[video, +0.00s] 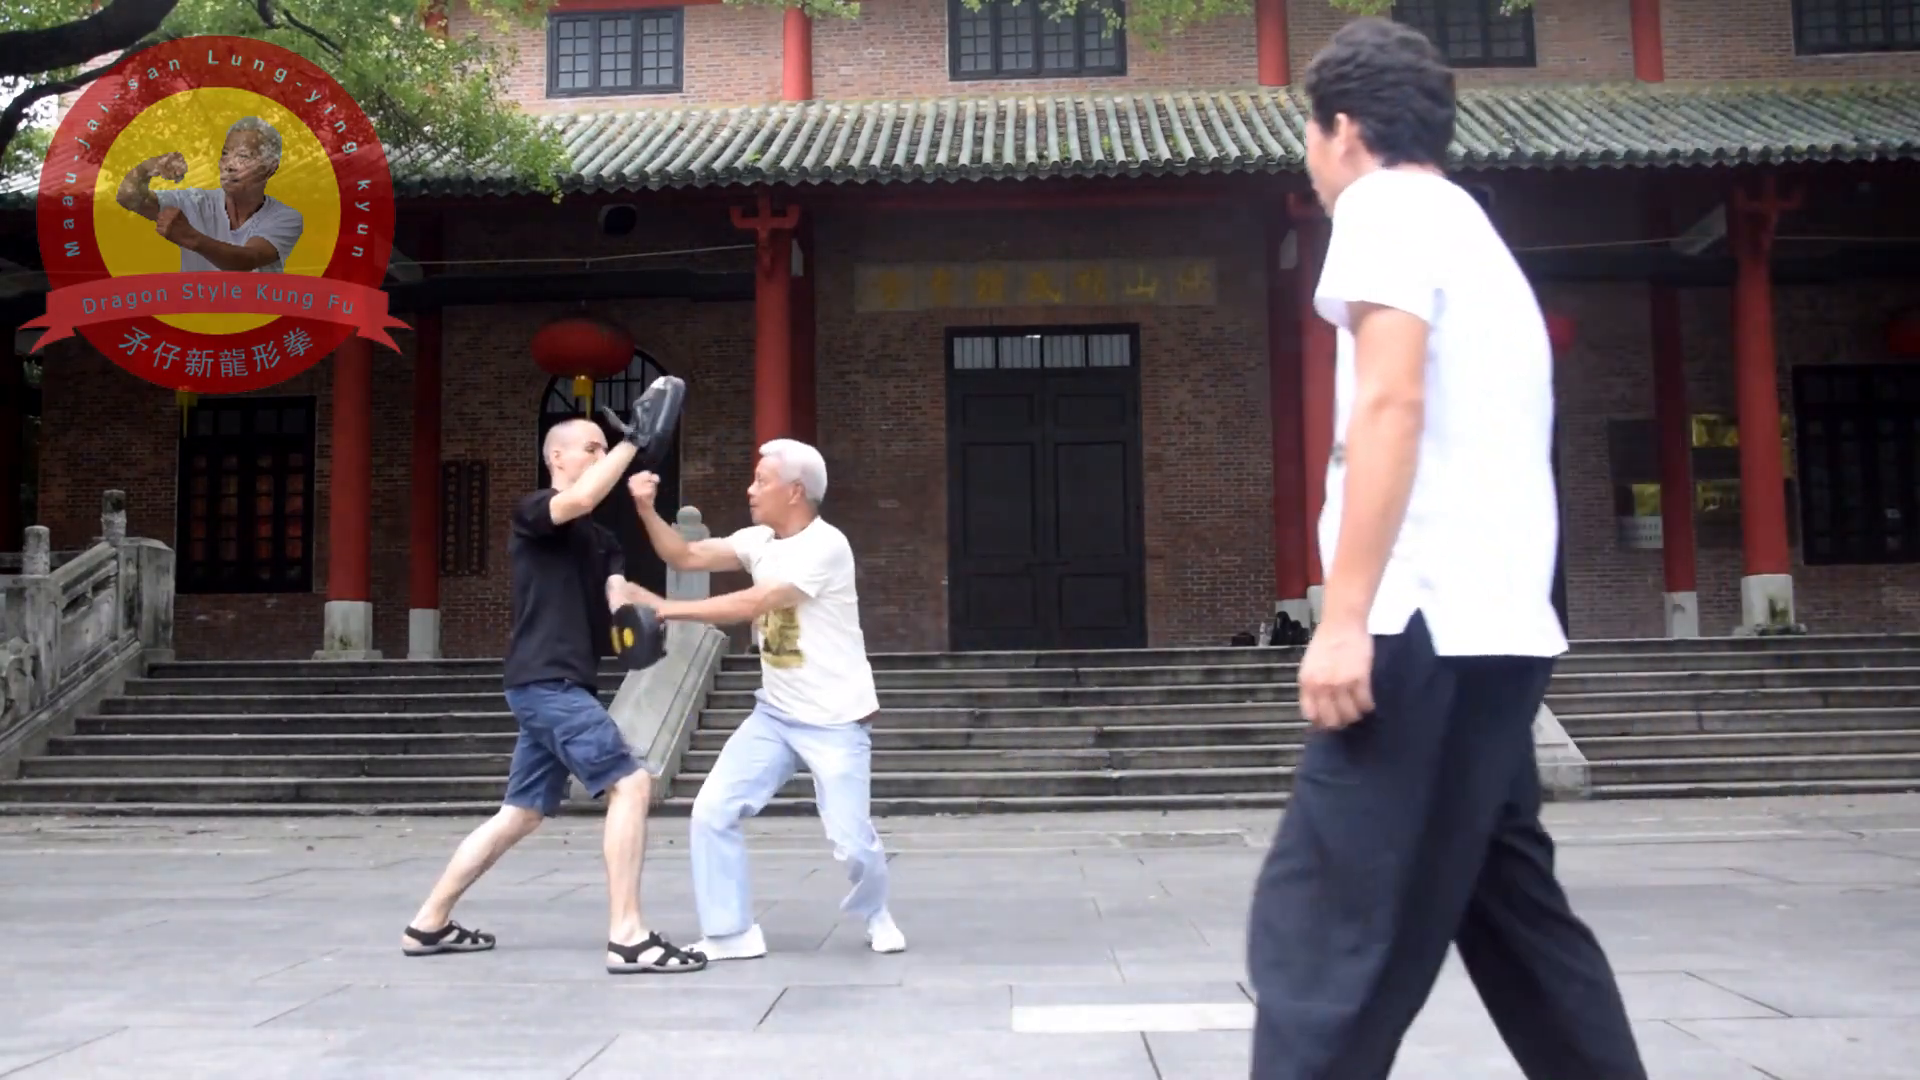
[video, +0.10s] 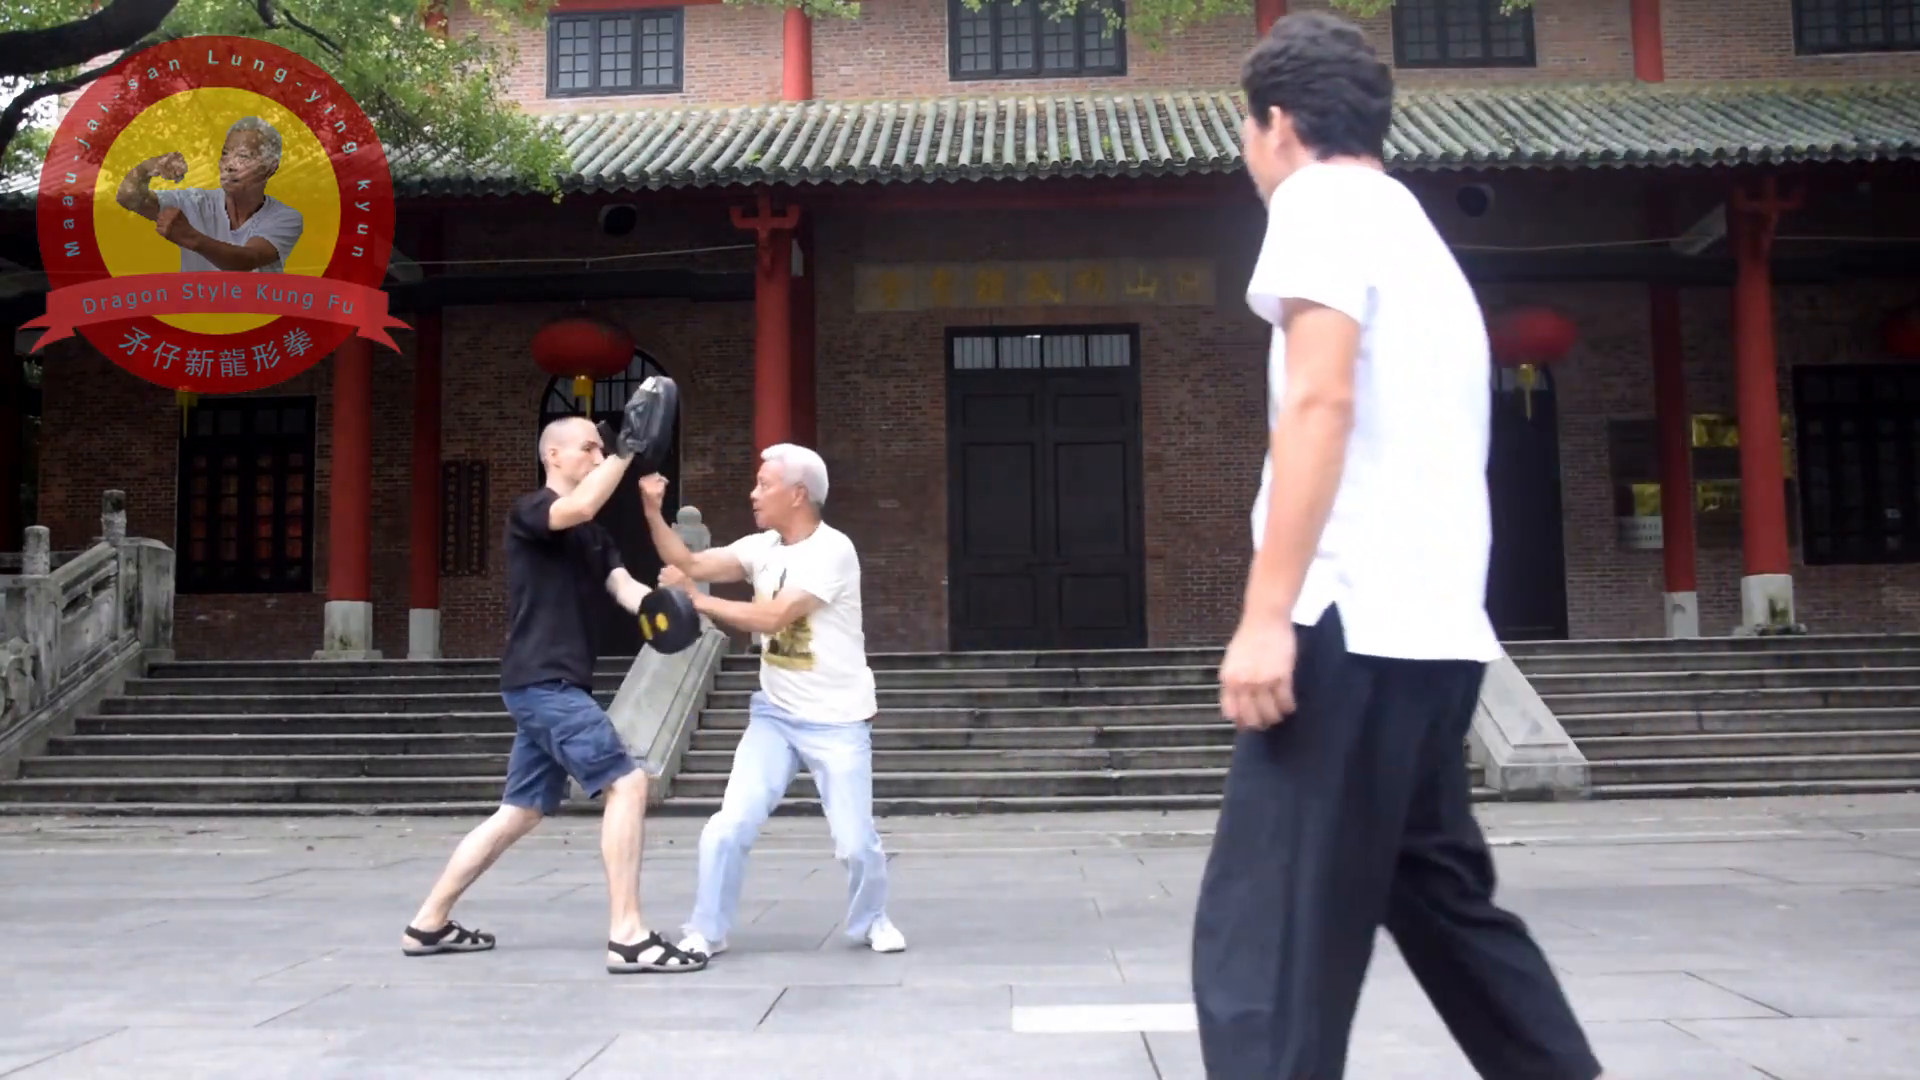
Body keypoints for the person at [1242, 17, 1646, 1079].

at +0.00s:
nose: (1312, 162)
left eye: (1313, 136)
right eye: (1311, 137)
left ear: (1346, 131)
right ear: (1423, 130)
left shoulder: (1389, 210)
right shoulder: (1470, 227)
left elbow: (1390, 403)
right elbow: (1473, 437)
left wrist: (1341, 617)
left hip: (1428, 633)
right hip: (1492, 635)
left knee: (1322, 938)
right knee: (1518, 923)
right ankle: (1608, 1078)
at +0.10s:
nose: (1247, 158)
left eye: (1247, 134)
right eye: (1244, 137)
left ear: (1281, 125)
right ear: (1366, 123)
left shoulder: (1321, 205)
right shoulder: (1414, 233)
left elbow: (1319, 404)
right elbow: (1429, 452)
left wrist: (1265, 616)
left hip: (1355, 630)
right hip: (1432, 637)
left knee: (1260, 936)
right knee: (1446, 909)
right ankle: (1565, 1075)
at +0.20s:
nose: (1192, 144)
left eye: (1192, 121)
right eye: (1191, 124)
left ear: (1224, 111)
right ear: (1311, 112)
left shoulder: (1255, 190)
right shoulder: (1363, 226)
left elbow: (1247, 385)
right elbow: (1369, 438)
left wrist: (1180, 595)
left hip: (1295, 619)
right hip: (1383, 626)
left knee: (1243, 931)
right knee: (1335, 891)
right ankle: (1495, 1062)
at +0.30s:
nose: (1141, 137)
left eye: (1142, 116)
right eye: (1139, 117)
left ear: (1172, 109)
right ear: (1264, 109)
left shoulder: (1197, 185)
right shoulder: (1323, 229)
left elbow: (1175, 379)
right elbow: (1355, 447)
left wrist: (1102, 588)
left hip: (1257, 623)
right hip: (1344, 624)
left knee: (1220, 922)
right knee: (1267, 889)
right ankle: (1389, 1059)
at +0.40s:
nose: (1098, 141)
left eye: (1097, 119)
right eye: (1096, 121)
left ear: (1124, 110)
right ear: (1218, 113)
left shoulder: (1145, 190)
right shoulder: (1279, 230)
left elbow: (1113, 381)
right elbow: (1323, 455)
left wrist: (1035, 591)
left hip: (1214, 619)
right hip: (1298, 619)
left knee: (1201, 905)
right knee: (1146, 857)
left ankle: (1231, 1064)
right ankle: (1223, 1049)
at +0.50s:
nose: (1055, 146)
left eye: (1054, 125)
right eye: (1053, 127)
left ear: (1083, 118)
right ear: (1175, 121)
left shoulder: (1098, 196)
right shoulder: (1240, 243)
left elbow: (1066, 388)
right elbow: (1297, 462)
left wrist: (990, 597)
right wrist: (1270, 619)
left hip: (1172, 624)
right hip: (1251, 623)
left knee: (1187, 924)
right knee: (1098, 895)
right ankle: (1112, 1072)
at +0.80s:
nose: (950, 175)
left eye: (953, 159)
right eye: (953, 159)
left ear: (975, 158)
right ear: (1070, 169)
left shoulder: (980, 223)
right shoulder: (1117, 290)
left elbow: (954, 413)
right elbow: (1162, 496)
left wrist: (902, 607)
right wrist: (1149, 658)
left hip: (1026, 642)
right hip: (1107, 649)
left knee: (1091, 941)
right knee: (1008, 952)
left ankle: (1186, 1069)